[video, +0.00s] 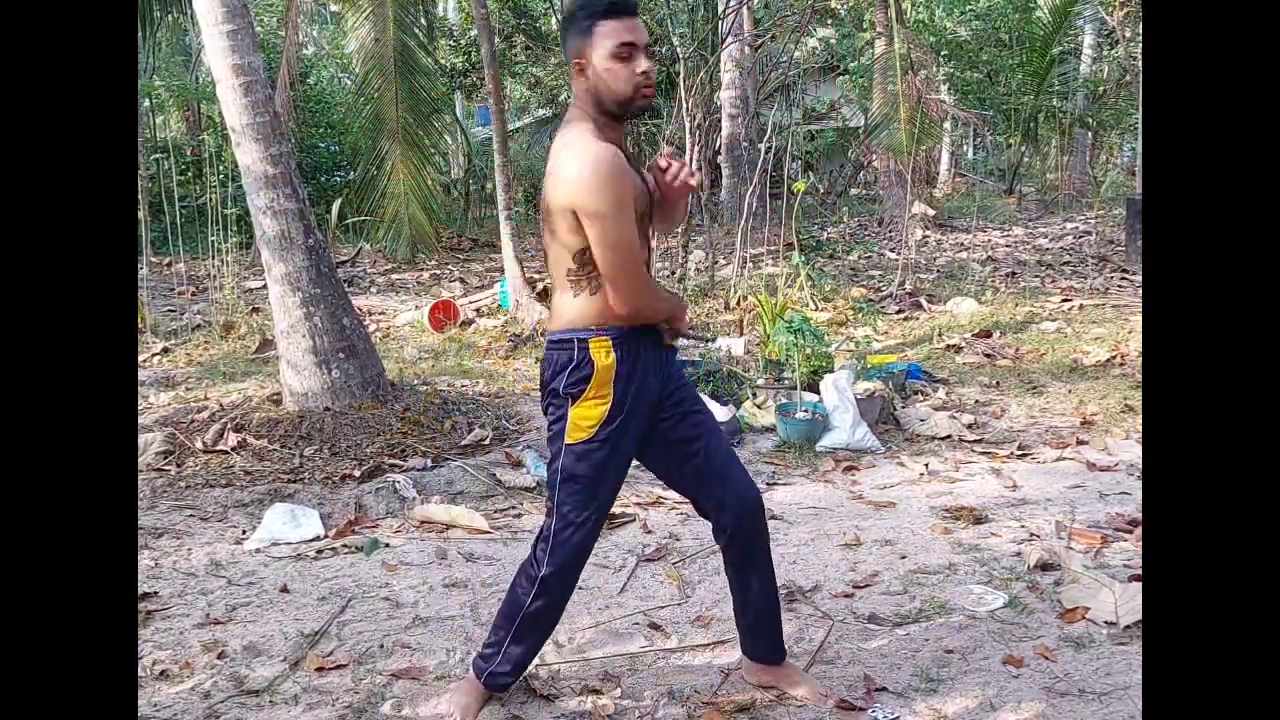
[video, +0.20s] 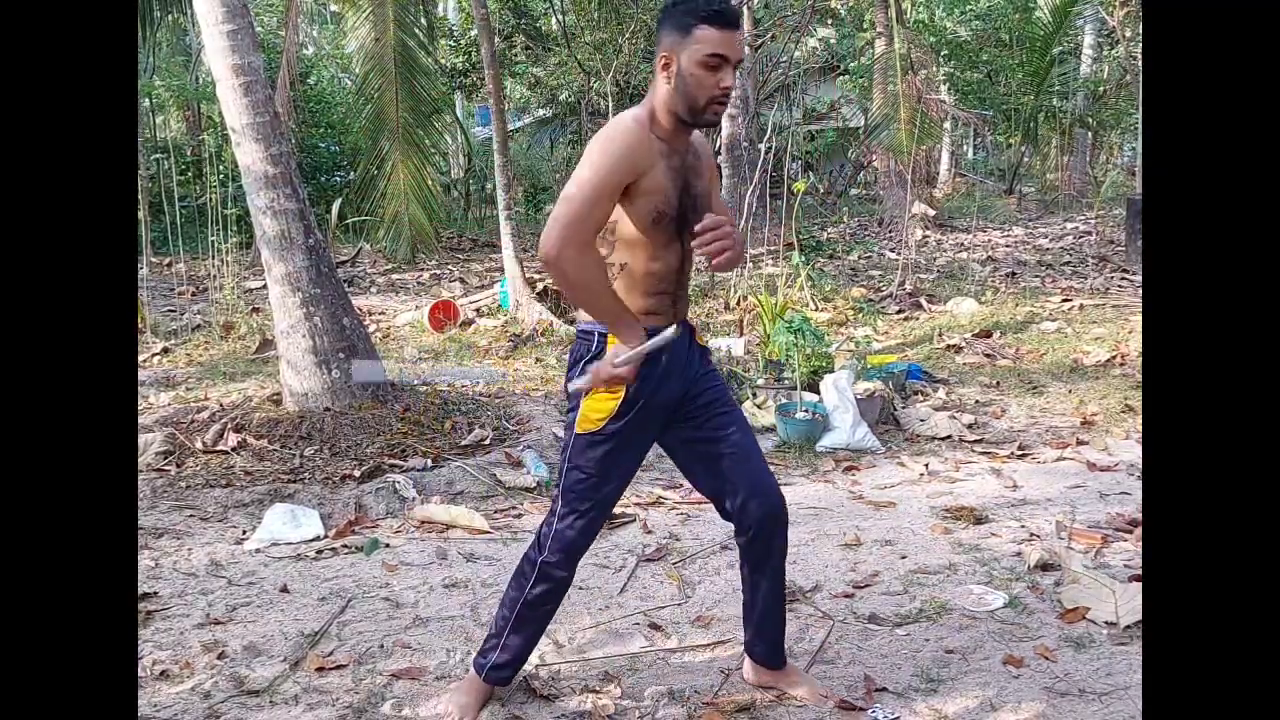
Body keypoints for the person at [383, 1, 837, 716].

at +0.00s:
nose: (647, 67)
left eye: (648, 52)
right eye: (627, 54)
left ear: (641, 60)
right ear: (579, 67)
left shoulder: (596, 148)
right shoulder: (593, 163)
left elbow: (626, 248)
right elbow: (631, 300)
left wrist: (665, 210)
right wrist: (674, 308)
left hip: (639, 355)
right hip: (594, 363)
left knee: (739, 504)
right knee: (568, 534)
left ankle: (766, 661)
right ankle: (479, 685)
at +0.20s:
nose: (729, 83)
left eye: (736, 68)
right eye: (715, 65)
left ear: (731, 71)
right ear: (668, 63)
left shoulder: (700, 149)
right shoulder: (623, 142)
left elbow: (709, 233)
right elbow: (560, 247)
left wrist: (731, 242)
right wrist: (629, 330)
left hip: (680, 357)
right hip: (616, 368)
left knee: (762, 508)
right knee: (566, 536)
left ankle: (767, 664)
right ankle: (480, 683)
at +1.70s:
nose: (575, 167)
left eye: (583, 142)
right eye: (548, 151)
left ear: (590, 128)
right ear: (491, 147)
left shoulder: (622, 220)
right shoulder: (440, 198)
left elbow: (736, 280)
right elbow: (391, 235)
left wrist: (862, 327)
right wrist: (369, 235)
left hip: (549, 442)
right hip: (463, 425)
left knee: (482, 658)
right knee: (520, 651)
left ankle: (335, 716)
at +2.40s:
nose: (699, 107)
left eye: (695, 94)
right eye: (688, 100)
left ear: (630, 116)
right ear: (640, 125)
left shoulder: (594, 134)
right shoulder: (627, 218)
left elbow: (677, 149)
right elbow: (750, 258)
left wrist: (725, 208)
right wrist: (794, 257)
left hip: (626, 373)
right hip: (637, 391)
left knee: (731, 494)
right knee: (649, 598)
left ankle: (721, 643)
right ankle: (558, 712)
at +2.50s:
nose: (709, 91)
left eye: (706, 76)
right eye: (702, 79)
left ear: (621, 94)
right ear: (664, 102)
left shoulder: (556, 155)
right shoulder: (709, 194)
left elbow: (621, 186)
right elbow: (787, 224)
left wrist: (686, 162)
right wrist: (764, 174)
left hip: (598, 382)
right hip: (664, 396)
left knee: (728, 493)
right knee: (657, 608)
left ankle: (718, 641)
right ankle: (562, 714)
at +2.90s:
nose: (729, 100)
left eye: (726, 90)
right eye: (729, 89)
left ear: (657, 86)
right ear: (715, 86)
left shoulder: (605, 167)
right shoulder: (737, 144)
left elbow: (587, 286)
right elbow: (827, 232)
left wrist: (700, 266)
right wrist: (805, 335)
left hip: (604, 379)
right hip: (673, 387)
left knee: (715, 490)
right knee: (649, 589)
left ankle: (716, 639)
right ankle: (556, 713)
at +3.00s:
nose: (751, 89)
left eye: (751, 79)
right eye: (753, 79)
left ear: (684, 74)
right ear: (740, 74)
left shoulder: (645, 143)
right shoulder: (738, 128)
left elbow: (638, 253)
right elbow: (811, 220)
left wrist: (715, 269)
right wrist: (848, 301)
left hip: (627, 347)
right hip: (672, 350)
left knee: (728, 483)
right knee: (697, 552)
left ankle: (715, 637)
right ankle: (580, 708)